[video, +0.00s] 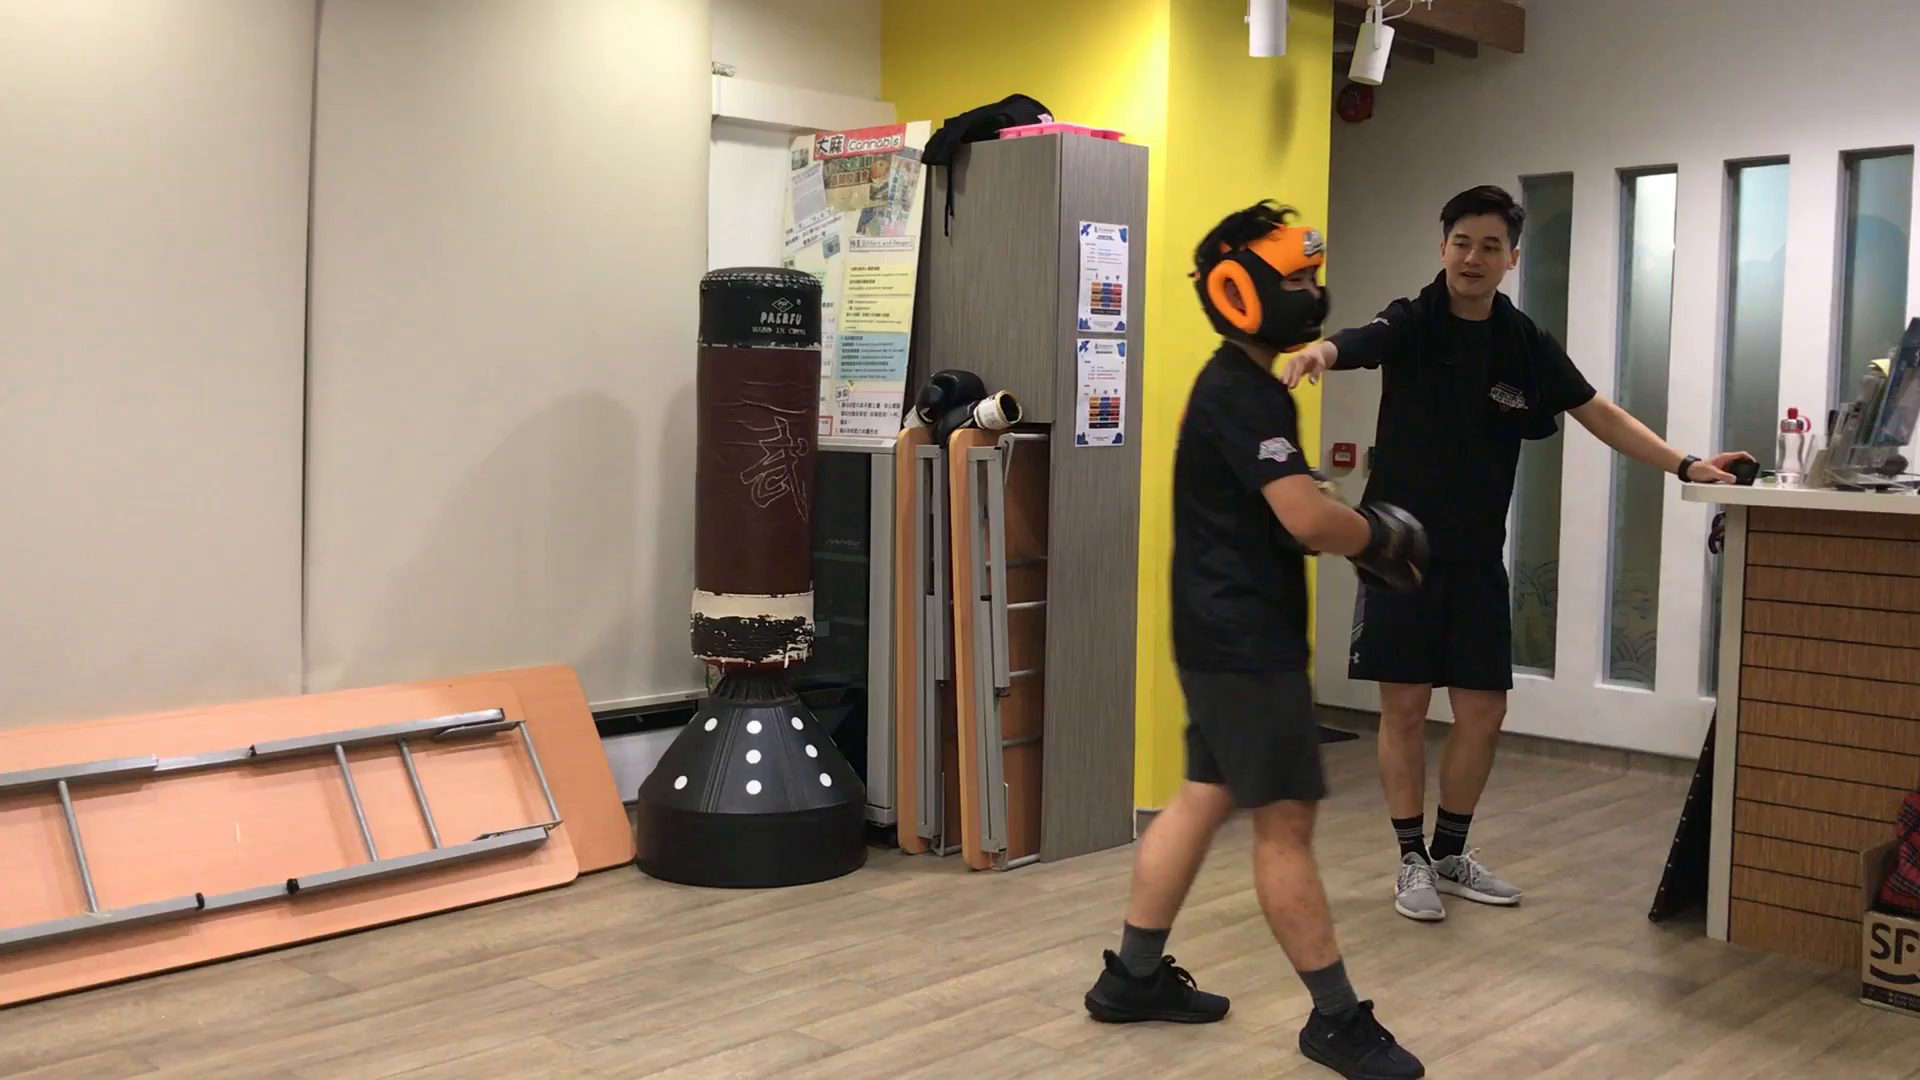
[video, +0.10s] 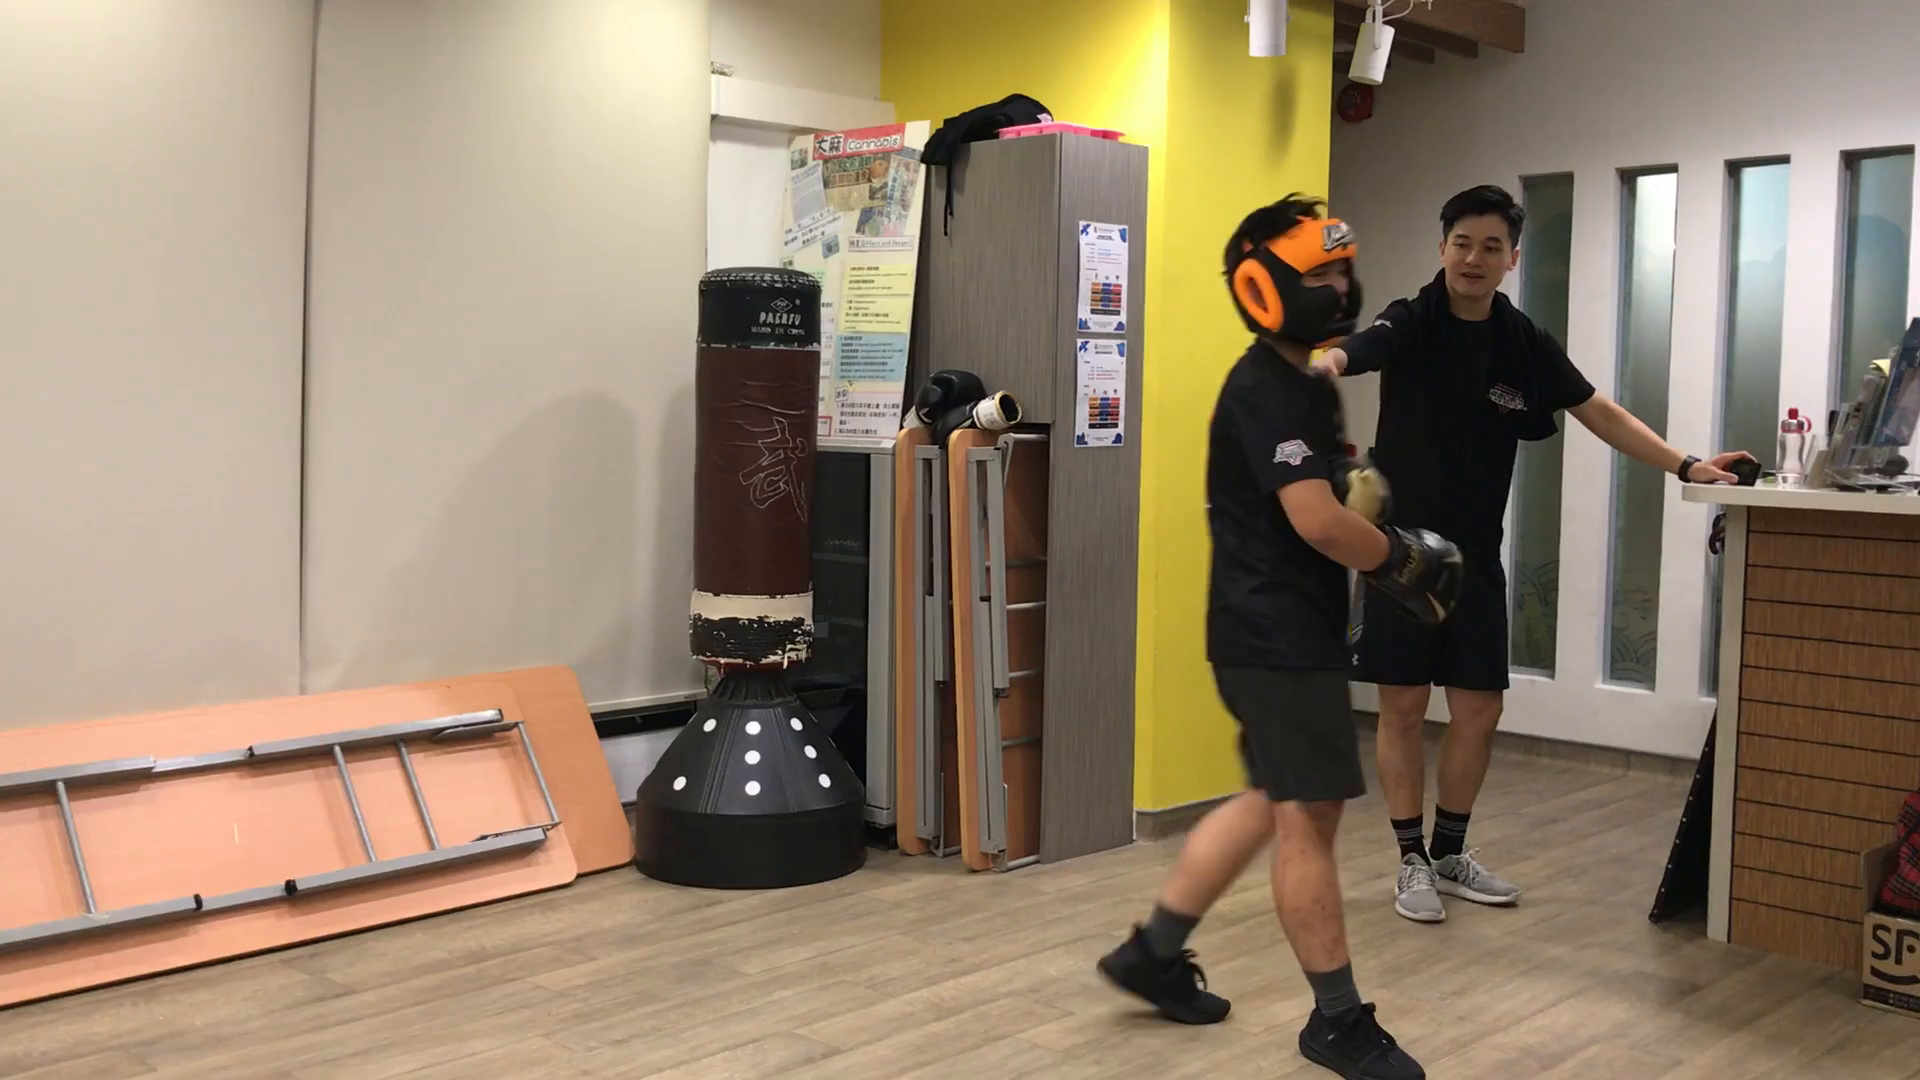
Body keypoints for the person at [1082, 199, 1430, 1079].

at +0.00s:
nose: (1311, 283)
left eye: (1309, 266)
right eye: (1293, 272)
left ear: (1243, 298)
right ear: (1242, 291)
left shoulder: (1241, 380)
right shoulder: (1243, 389)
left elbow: (1283, 506)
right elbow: (1307, 516)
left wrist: (1352, 531)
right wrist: (1374, 536)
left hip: (1221, 639)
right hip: (1250, 646)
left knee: (1206, 793)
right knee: (1284, 818)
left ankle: (1133, 973)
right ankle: (1337, 1015)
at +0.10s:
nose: (1337, 287)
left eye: (1340, 269)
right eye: (1317, 275)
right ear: (1268, 290)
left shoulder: (1296, 379)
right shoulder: (1274, 388)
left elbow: (1307, 498)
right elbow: (1315, 518)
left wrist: (1357, 501)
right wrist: (1401, 560)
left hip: (1277, 637)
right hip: (1280, 644)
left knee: (1269, 796)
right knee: (1309, 814)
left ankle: (1154, 946)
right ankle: (1337, 1014)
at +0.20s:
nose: (1361, 289)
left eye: (1368, 271)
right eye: (1339, 275)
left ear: (1379, 275)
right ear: (1286, 287)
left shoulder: (1349, 378)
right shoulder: (1285, 389)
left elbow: (1354, 485)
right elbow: (1329, 525)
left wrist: (1393, 480)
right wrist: (1414, 568)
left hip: (1348, 630)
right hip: (1298, 642)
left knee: (1360, 797)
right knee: (1318, 813)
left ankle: (1209, 915)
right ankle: (1338, 1014)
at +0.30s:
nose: (1382, 290)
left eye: (1390, 272)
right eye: (1358, 277)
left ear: (1403, 274)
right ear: (1310, 288)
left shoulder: (1393, 376)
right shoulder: (1304, 392)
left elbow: (1441, 491)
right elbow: (1342, 525)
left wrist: (1444, 493)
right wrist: (1431, 574)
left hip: (1388, 628)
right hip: (1319, 640)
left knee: (1424, 790)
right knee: (1333, 821)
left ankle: (1284, 917)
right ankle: (1340, 1017)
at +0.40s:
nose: (1394, 290)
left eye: (1407, 271)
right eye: (1371, 275)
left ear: (1424, 276)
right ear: (1329, 286)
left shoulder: (1442, 382)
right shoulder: (1319, 391)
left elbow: (1495, 506)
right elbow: (1351, 526)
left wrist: (1457, 490)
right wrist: (1442, 555)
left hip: (1424, 629)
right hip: (1337, 639)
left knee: (1463, 791)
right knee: (1343, 818)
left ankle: (1388, 953)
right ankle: (1336, 1014)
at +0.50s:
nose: (1417, 291)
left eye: (1431, 273)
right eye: (1396, 275)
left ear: (1454, 285)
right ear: (1360, 290)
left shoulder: (1484, 386)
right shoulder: (1339, 395)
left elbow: (1535, 505)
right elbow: (1357, 529)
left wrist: (1460, 501)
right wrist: (1466, 553)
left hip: (1456, 635)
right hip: (1357, 642)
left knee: (1481, 811)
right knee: (1354, 820)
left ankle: (1500, 988)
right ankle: (1339, 1011)